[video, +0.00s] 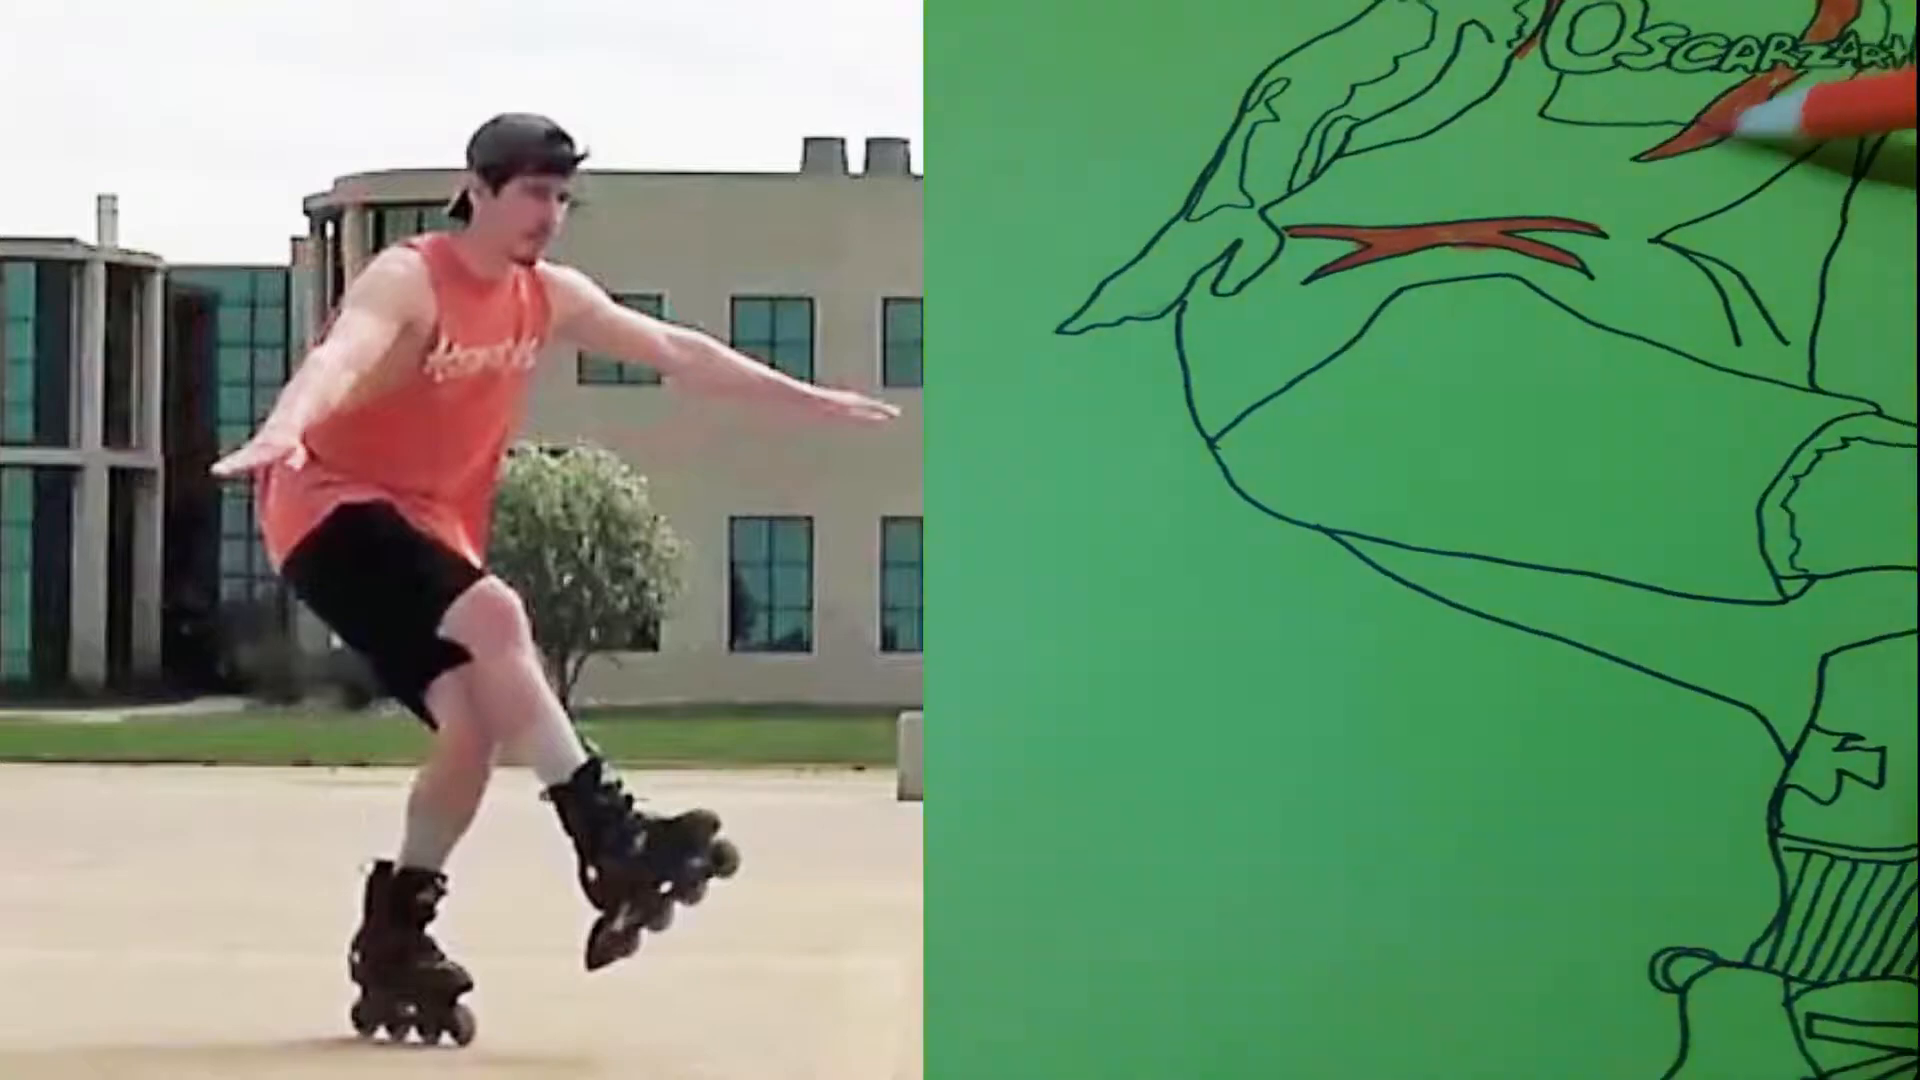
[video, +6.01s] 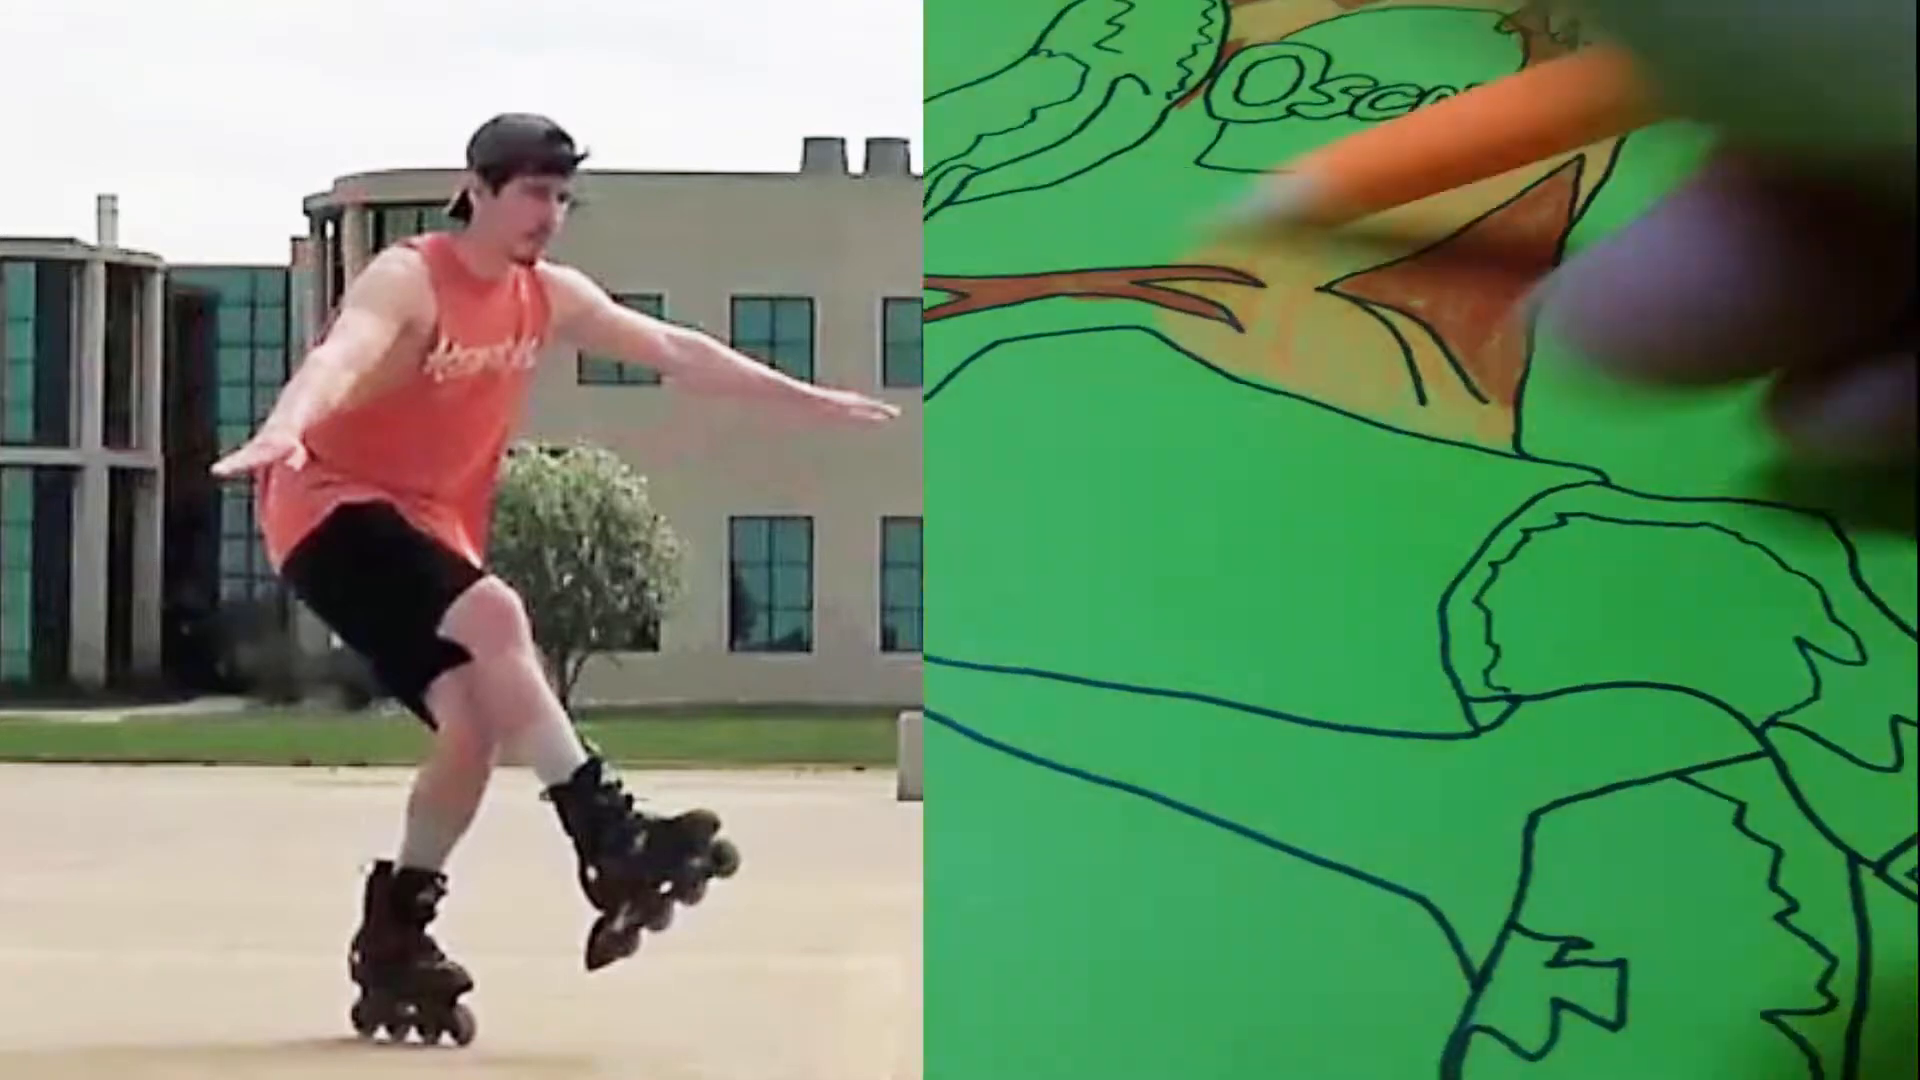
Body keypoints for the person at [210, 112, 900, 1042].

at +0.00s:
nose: (552, 214)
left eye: (562, 199)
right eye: (536, 195)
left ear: (562, 203)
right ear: (477, 191)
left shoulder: (551, 293)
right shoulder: (409, 274)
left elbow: (674, 350)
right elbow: (341, 356)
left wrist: (810, 399)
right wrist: (283, 428)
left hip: (435, 529)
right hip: (333, 503)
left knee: (477, 724)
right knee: (492, 616)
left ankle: (394, 936)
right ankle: (611, 843)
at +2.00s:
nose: (552, 214)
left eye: (562, 198)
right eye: (536, 194)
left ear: (563, 203)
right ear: (477, 191)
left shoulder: (551, 293)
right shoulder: (409, 274)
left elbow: (674, 349)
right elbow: (342, 356)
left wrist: (810, 399)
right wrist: (283, 429)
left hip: (436, 530)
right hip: (334, 505)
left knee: (477, 725)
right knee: (492, 616)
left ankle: (393, 936)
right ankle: (611, 842)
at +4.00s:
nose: (552, 214)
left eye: (562, 198)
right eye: (536, 195)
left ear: (562, 203)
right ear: (477, 191)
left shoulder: (551, 293)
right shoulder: (408, 275)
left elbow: (674, 350)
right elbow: (342, 356)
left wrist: (810, 399)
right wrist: (283, 428)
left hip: (436, 529)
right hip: (333, 504)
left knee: (477, 723)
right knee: (492, 616)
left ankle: (393, 937)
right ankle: (611, 843)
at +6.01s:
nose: (551, 215)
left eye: (561, 199)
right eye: (535, 195)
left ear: (563, 203)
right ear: (476, 191)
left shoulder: (551, 293)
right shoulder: (408, 274)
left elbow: (674, 350)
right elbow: (342, 355)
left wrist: (810, 399)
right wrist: (283, 428)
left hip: (436, 530)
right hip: (334, 505)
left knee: (477, 725)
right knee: (492, 616)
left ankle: (393, 935)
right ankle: (610, 841)